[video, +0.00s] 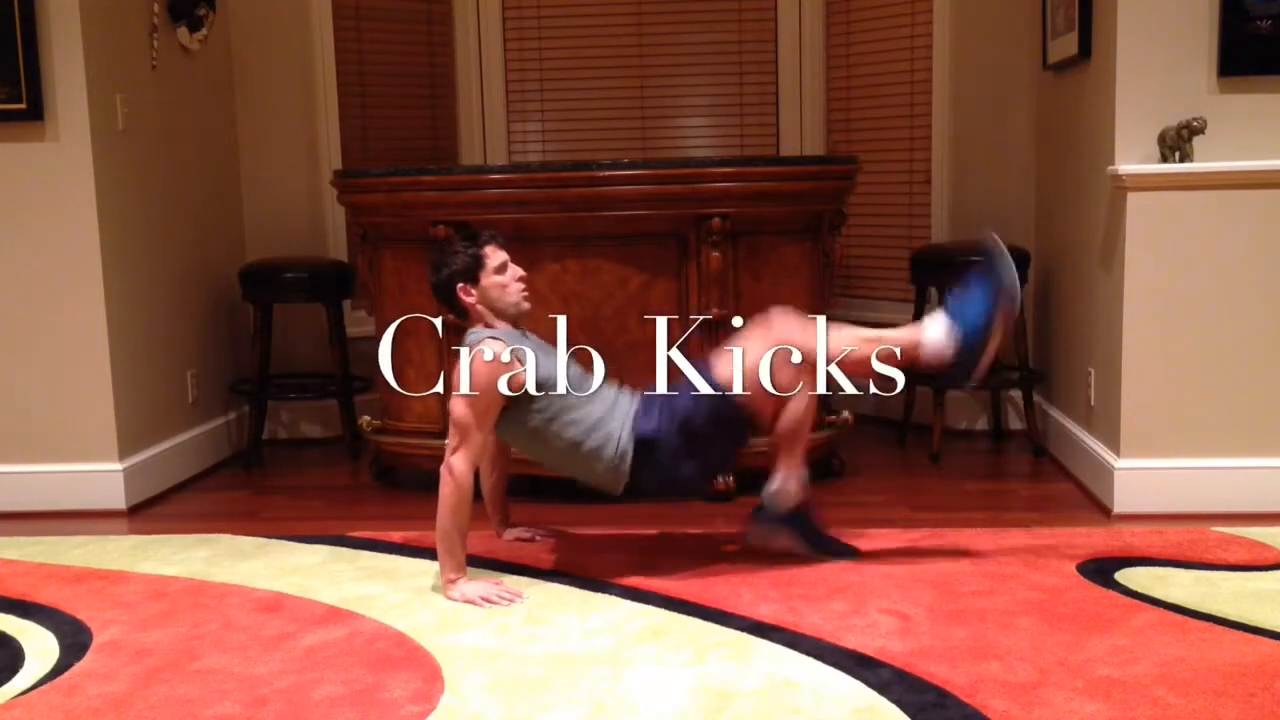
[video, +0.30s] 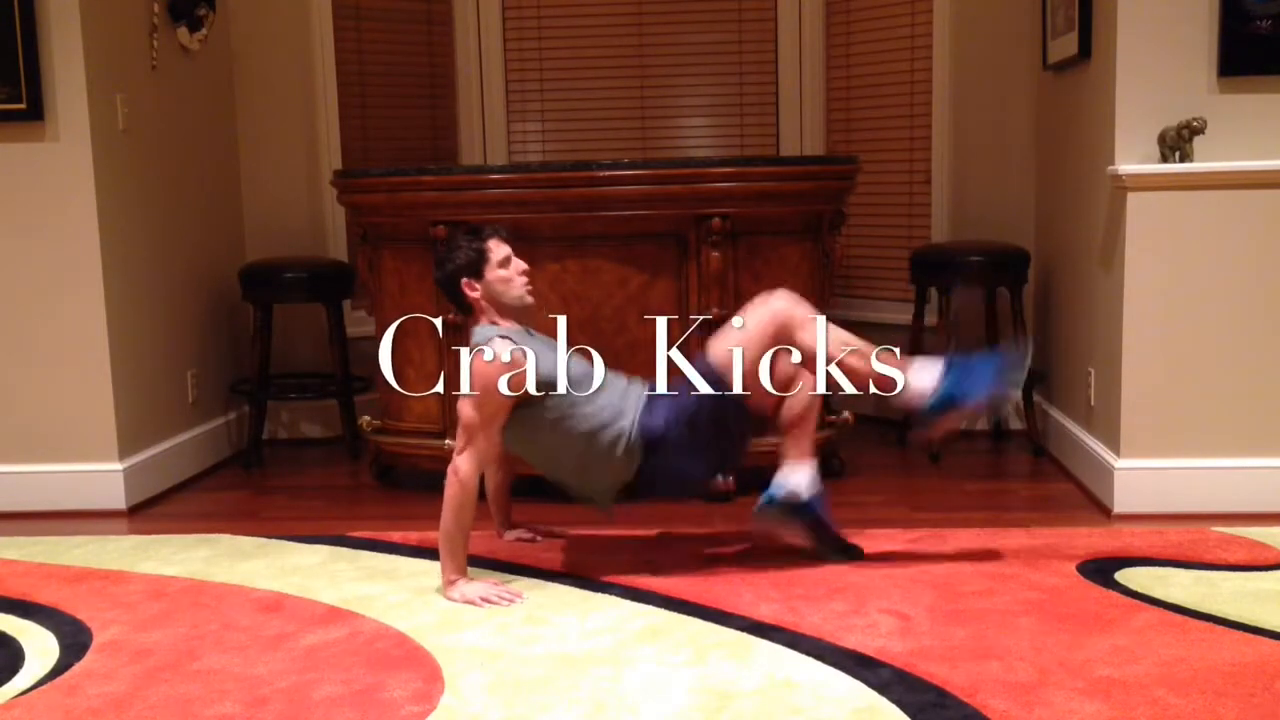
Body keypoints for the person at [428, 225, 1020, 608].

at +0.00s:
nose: (519, 275)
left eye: (513, 265)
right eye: (502, 271)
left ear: (495, 286)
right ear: (470, 297)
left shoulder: (510, 345)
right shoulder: (486, 357)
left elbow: (493, 446)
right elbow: (455, 468)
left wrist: (499, 526)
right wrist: (452, 575)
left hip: (657, 428)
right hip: (650, 446)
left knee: (787, 337)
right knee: (787, 334)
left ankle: (782, 505)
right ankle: (937, 341)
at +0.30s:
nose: (523, 270)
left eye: (518, 260)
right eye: (507, 265)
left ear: (502, 280)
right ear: (473, 292)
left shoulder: (518, 341)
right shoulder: (494, 359)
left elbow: (497, 440)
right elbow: (463, 466)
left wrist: (501, 525)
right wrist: (453, 577)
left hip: (663, 423)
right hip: (658, 444)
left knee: (794, 347)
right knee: (781, 310)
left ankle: (794, 489)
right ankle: (924, 386)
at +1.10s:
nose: (543, 281)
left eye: (534, 270)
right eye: (525, 277)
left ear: (509, 301)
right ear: (495, 308)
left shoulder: (534, 348)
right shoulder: (510, 373)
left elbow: (501, 443)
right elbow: (469, 471)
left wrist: (502, 527)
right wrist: (451, 578)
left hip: (662, 443)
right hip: (656, 485)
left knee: (784, 367)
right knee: (805, 407)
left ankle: (771, 518)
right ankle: (920, 299)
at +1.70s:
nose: (535, 276)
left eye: (527, 266)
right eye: (518, 273)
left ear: (508, 292)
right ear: (489, 302)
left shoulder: (528, 346)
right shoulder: (503, 364)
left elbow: (500, 441)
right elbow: (463, 464)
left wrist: (501, 524)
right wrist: (450, 577)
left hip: (647, 448)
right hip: (640, 477)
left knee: (771, 348)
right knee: (784, 376)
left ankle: (912, 314)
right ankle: (775, 528)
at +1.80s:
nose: (523, 273)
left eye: (517, 264)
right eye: (507, 268)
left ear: (494, 286)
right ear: (475, 293)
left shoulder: (511, 342)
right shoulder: (490, 360)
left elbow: (494, 442)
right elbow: (458, 465)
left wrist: (500, 526)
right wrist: (451, 577)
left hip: (653, 412)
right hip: (648, 447)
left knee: (758, 303)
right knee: (811, 374)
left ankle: (896, 364)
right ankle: (785, 523)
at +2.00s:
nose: (515, 271)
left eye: (510, 261)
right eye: (499, 267)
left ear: (492, 282)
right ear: (468, 292)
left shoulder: (511, 340)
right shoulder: (483, 357)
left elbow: (494, 442)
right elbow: (453, 466)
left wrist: (503, 523)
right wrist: (450, 574)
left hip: (646, 413)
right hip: (640, 444)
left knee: (782, 331)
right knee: (779, 324)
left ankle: (779, 481)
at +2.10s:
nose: (528, 276)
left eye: (519, 267)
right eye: (510, 273)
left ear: (503, 292)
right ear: (481, 302)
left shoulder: (524, 343)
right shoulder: (497, 367)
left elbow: (496, 438)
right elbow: (458, 465)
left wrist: (502, 520)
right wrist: (448, 578)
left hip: (647, 440)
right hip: (638, 484)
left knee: (763, 369)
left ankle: (757, 519)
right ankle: (912, 311)